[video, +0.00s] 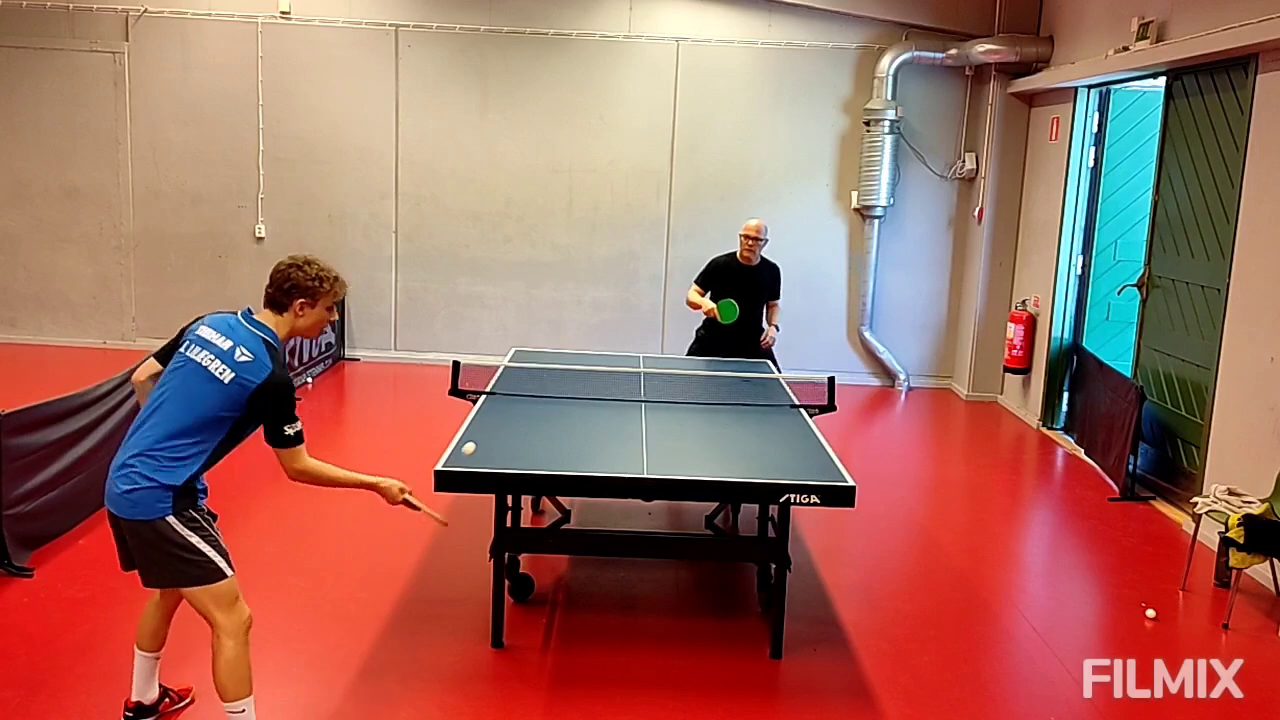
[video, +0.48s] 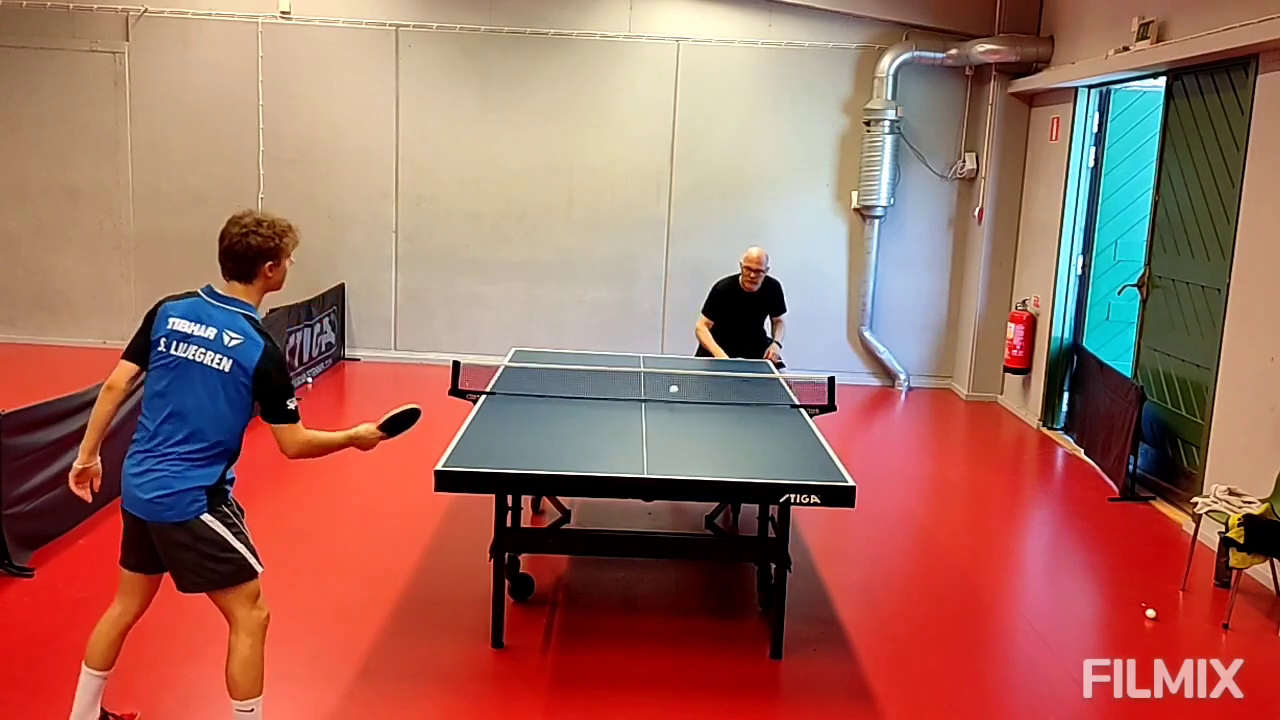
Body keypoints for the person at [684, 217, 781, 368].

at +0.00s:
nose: (750, 243)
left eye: (756, 240)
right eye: (746, 238)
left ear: (765, 243)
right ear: (740, 237)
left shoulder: (771, 271)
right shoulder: (719, 264)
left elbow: (772, 305)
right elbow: (692, 296)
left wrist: (773, 327)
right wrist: (704, 303)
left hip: (750, 342)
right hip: (714, 340)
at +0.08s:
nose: (745, 239)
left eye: (751, 235)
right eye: (741, 233)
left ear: (760, 238)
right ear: (735, 233)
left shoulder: (767, 267)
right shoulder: (715, 260)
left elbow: (768, 300)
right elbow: (686, 290)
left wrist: (765, 323)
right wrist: (698, 298)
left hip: (745, 341)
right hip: (709, 339)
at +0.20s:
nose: (742, 243)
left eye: (748, 239)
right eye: (739, 238)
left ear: (758, 242)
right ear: (732, 237)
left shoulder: (765, 268)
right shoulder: (713, 263)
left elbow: (770, 303)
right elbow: (685, 293)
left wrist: (763, 324)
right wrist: (695, 300)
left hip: (746, 343)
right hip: (709, 342)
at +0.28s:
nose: (742, 249)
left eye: (748, 246)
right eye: (738, 244)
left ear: (757, 248)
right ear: (732, 243)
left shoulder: (765, 272)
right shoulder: (714, 268)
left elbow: (772, 308)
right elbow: (687, 300)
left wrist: (765, 328)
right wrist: (693, 308)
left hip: (748, 344)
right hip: (711, 343)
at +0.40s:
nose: (747, 266)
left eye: (753, 263)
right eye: (742, 260)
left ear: (761, 263)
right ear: (736, 259)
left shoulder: (769, 283)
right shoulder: (718, 281)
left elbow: (775, 318)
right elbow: (694, 317)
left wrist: (771, 339)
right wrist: (707, 339)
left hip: (752, 350)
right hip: (715, 349)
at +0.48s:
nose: (752, 275)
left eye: (758, 271)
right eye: (748, 269)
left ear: (767, 271)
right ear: (740, 266)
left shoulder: (772, 288)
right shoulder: (722, 288)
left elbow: (777, 321)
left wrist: (776, 344)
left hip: (754, 347)